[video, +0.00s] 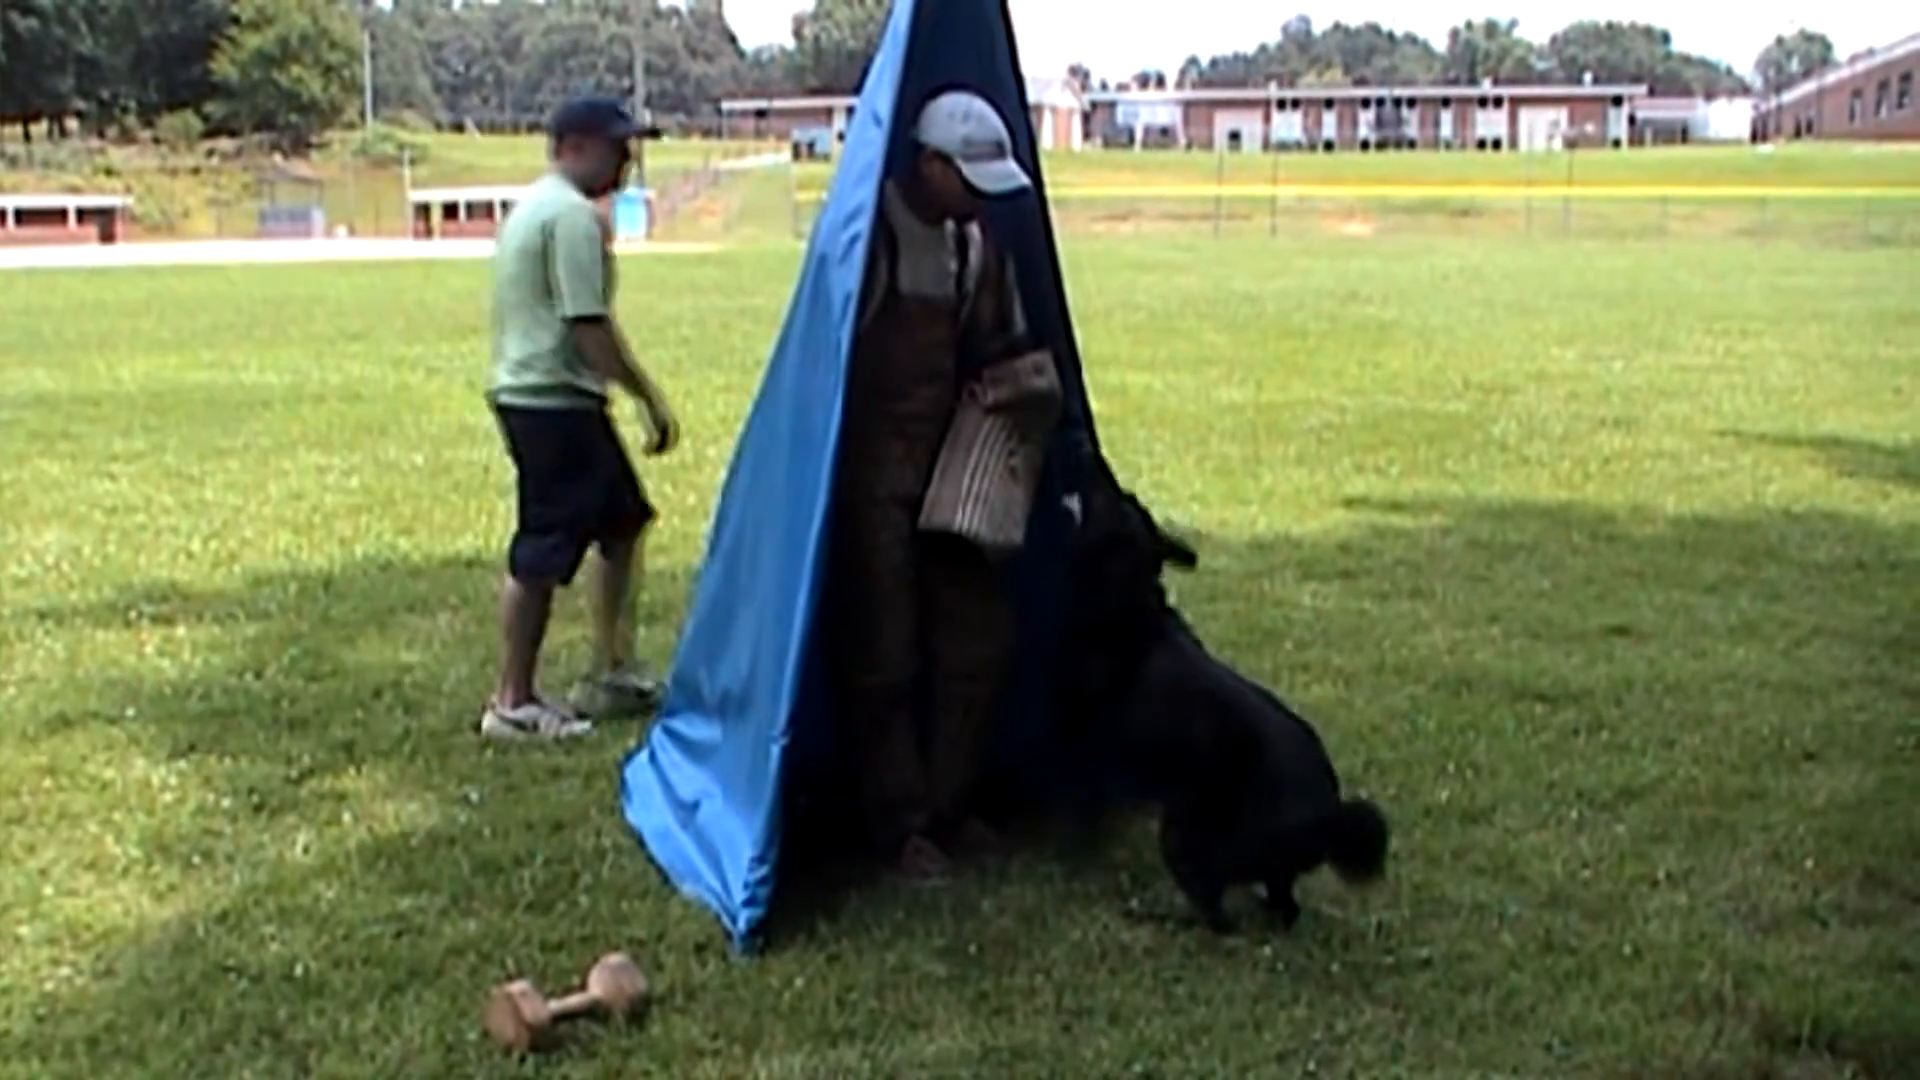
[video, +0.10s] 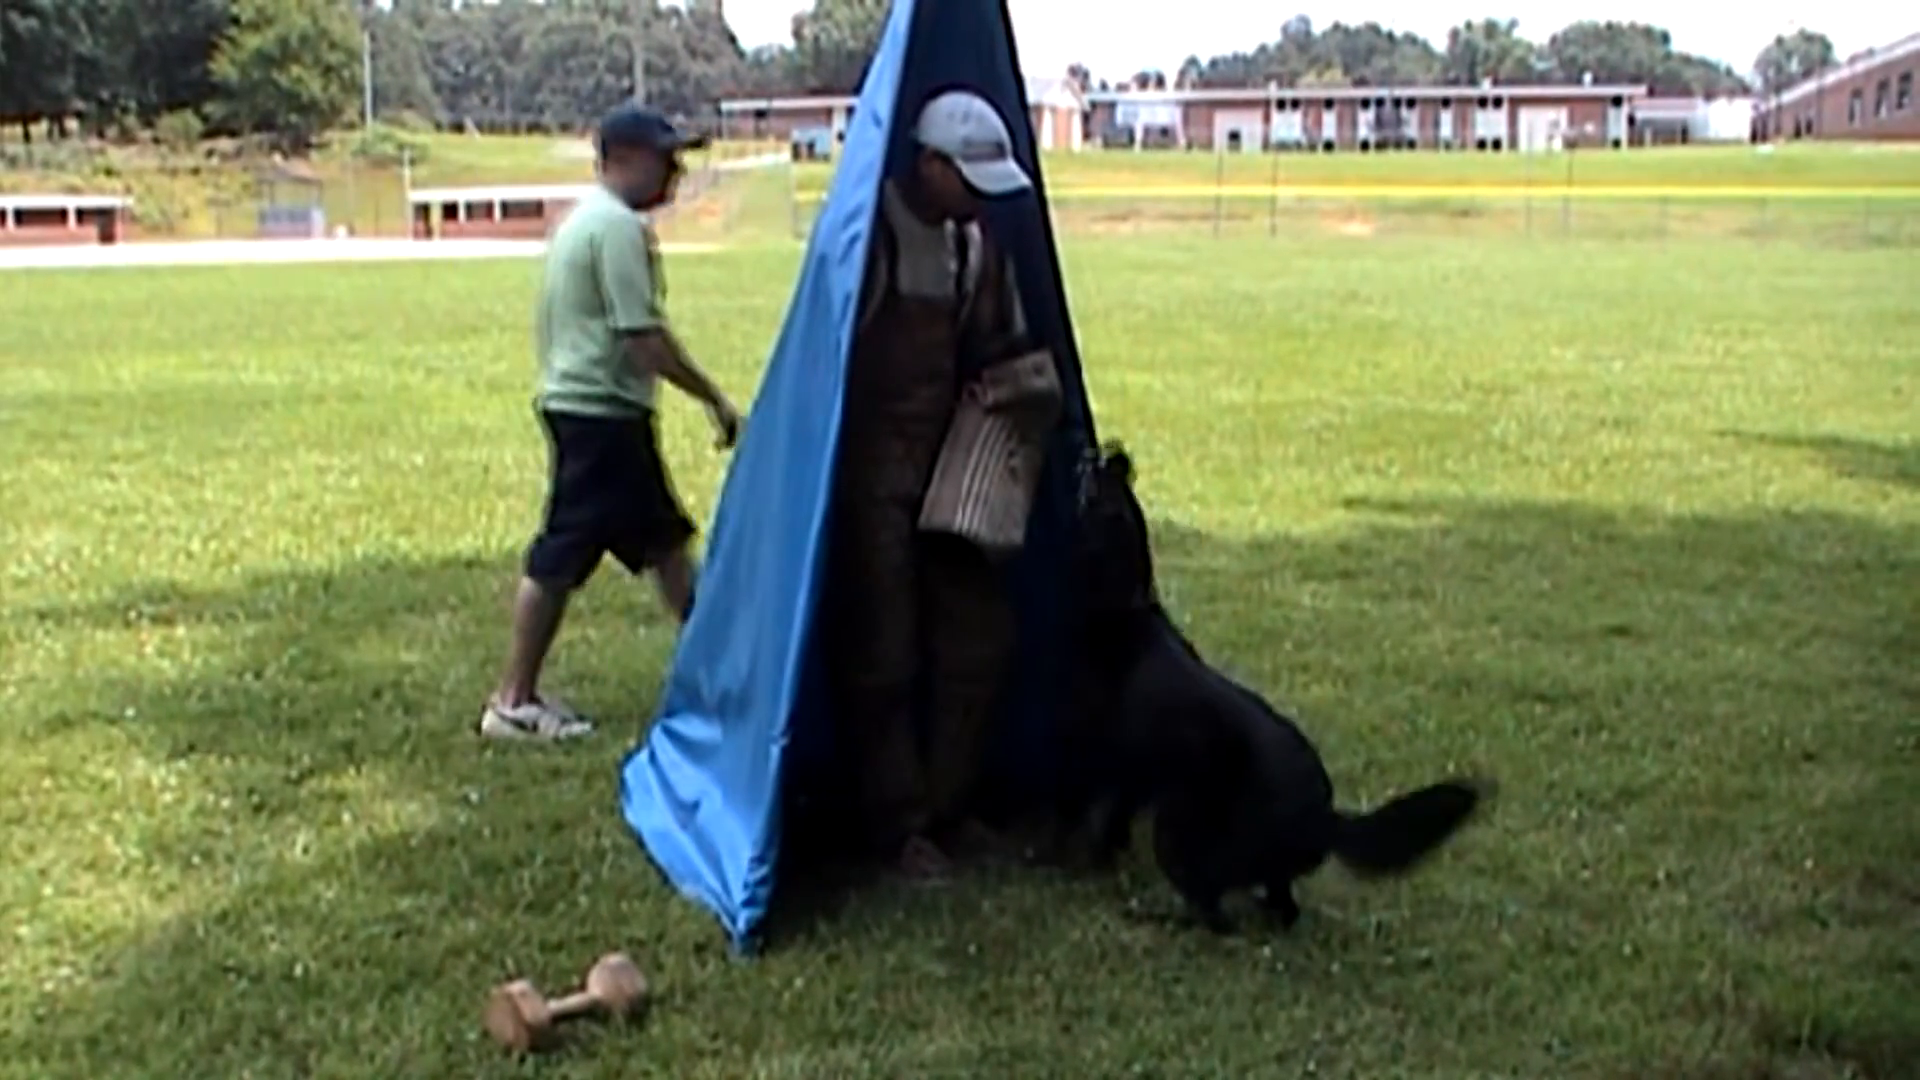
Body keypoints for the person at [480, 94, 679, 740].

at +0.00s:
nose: (625, 168)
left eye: (626, 154)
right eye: (617, 153)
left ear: (568, 151)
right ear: (578, 148)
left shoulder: (538, 207)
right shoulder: (572, 216)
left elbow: (541, 319)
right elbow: (587, 327)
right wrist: (650, 398)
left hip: (532, 394)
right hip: (555, 402)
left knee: (625, 521)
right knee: (545, 550)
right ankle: (513, 698)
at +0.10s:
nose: (673, 180)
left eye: (674, 166)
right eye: (667, 165)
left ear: (620, 161)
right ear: (629, 159)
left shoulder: (587, 222)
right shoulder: (618, 228)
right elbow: (644, 339)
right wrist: (715, 399)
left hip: (579, 410)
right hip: (604, 416)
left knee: (668, 549)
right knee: (557, 562)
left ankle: (727, 676)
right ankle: (515, 698)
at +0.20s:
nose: (723, 185)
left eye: (724, 171)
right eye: (715, 170)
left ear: (667, 168)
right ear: (674, 166)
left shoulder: (631, 224)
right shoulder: (670, 235)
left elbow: (617, 331)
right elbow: (695, 345)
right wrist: (759, 403)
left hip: (631, 414)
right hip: (659, 421)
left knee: (721, 557)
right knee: (606, 559)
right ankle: (526, 690)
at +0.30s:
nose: (776, 179)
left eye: (777, 166)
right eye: (766, 166)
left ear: (718, 165)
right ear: (723, 163)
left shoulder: (684, 224)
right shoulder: (723, 232)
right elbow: (746, 349)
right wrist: (787, 419)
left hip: (678, 401)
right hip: (712, 409)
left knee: (699, 550)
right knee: (698, 556)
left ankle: (586, 654)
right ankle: (585, 655)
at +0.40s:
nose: (823, 172)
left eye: (823, 158)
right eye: (814, 157)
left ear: (763, 159)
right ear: (773, 156)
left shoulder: (737, 212)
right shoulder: (769, 224)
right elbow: (777, 331)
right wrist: (819, 391)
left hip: (717, 389)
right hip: (751, 398)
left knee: (743, 522)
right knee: (759, 527)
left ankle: (700, 631)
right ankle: (699, 635)